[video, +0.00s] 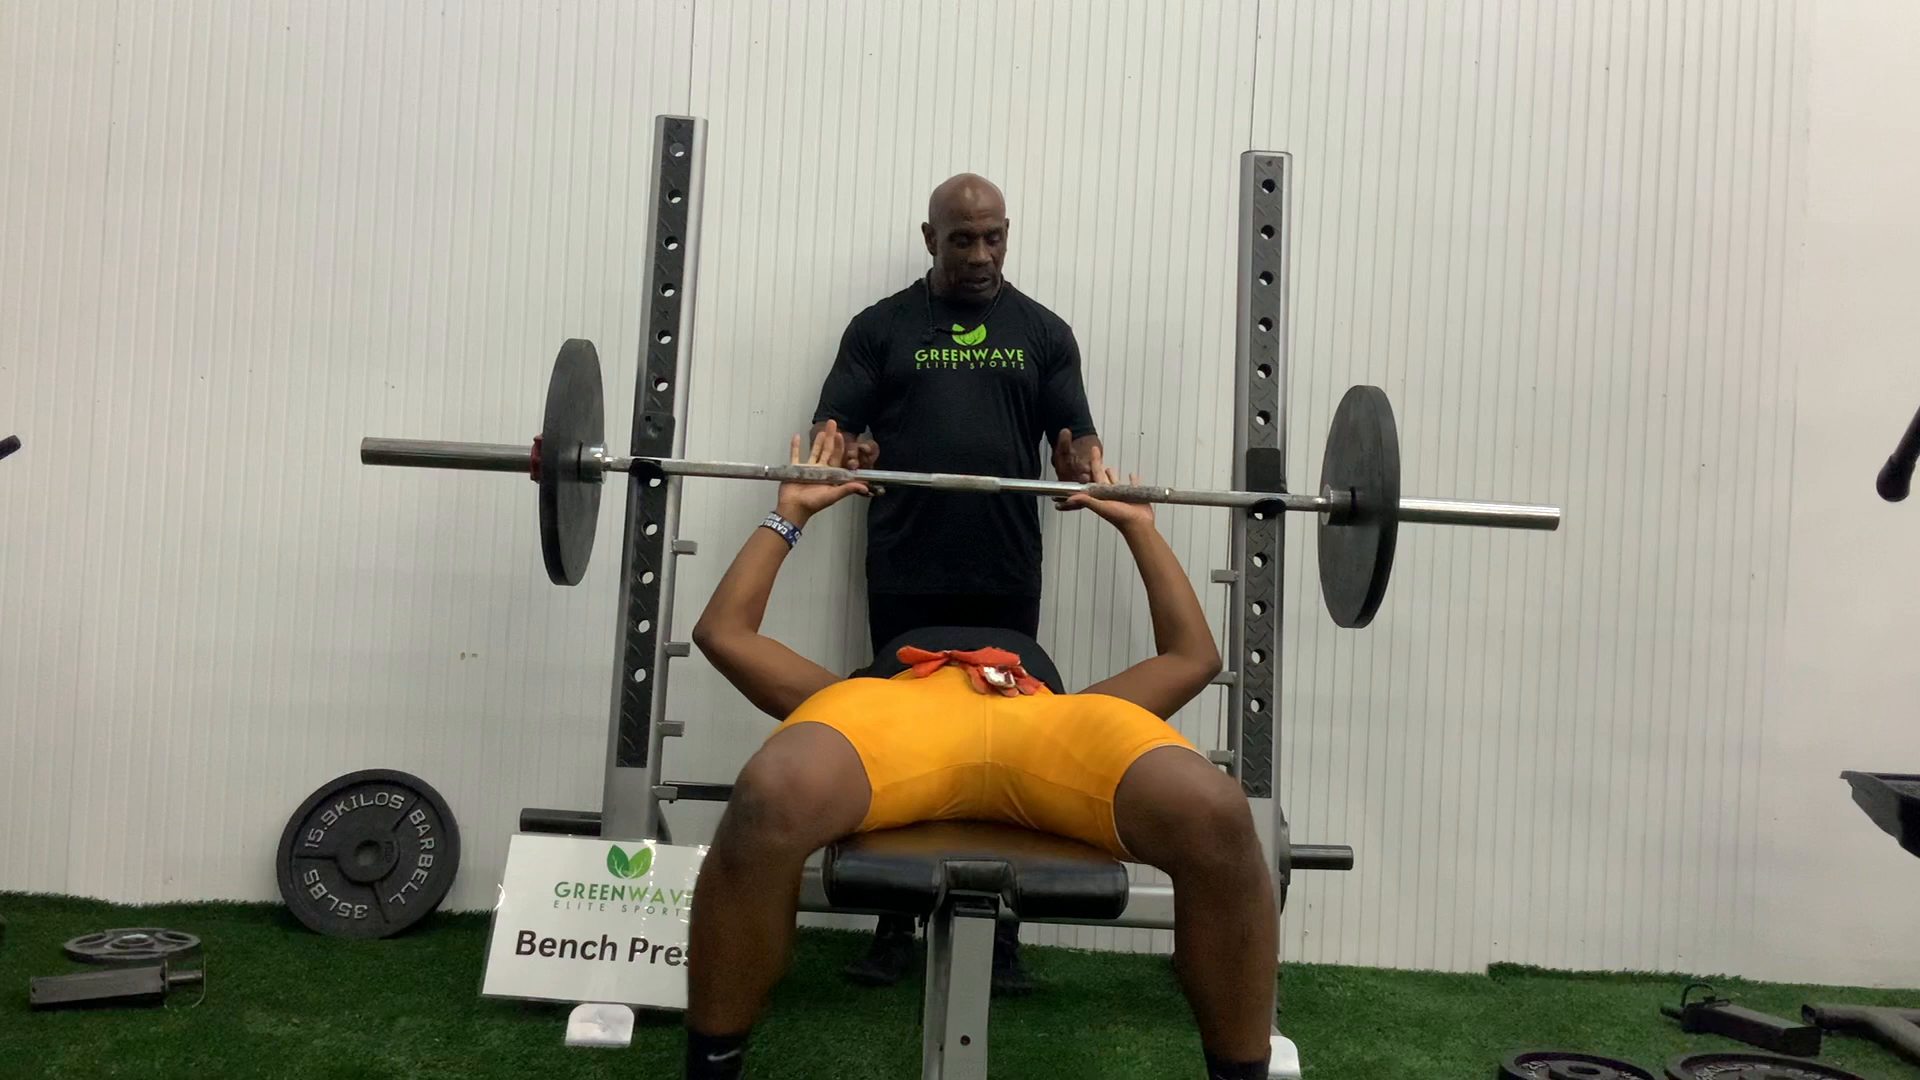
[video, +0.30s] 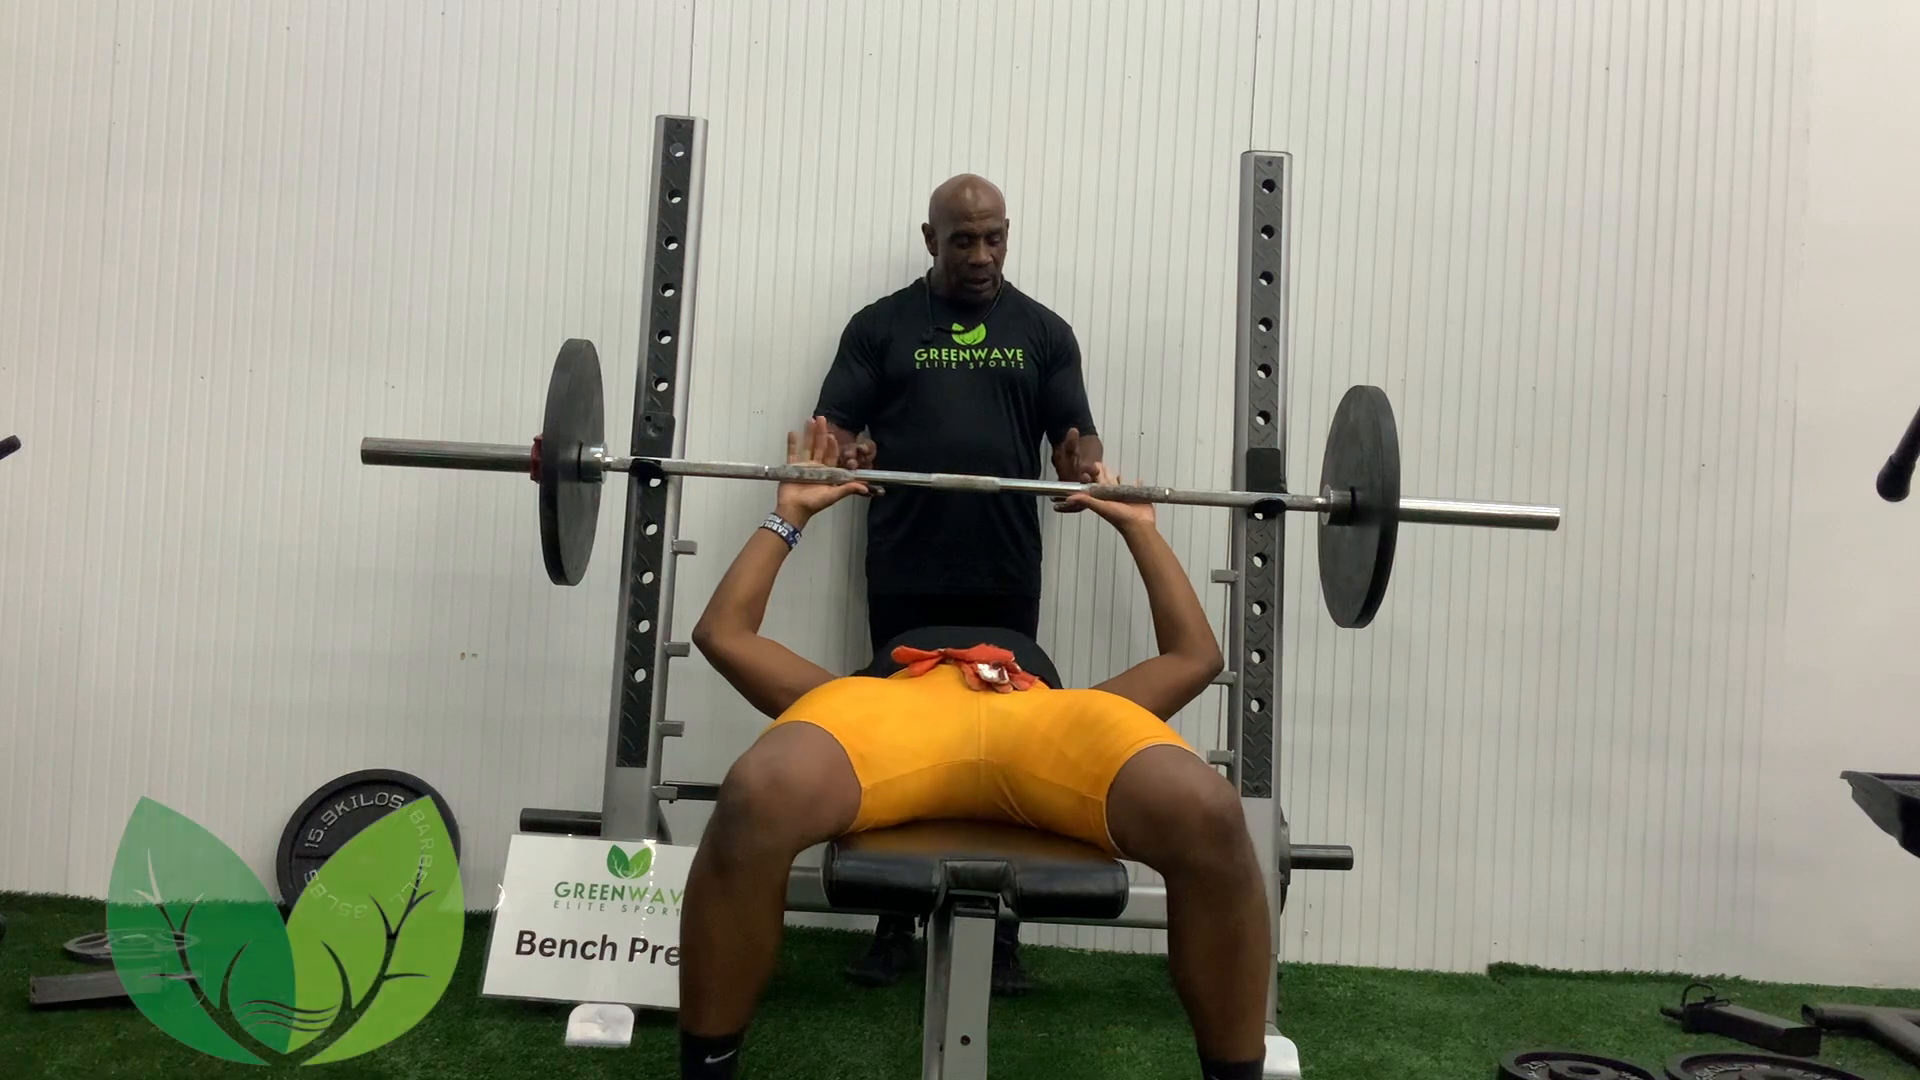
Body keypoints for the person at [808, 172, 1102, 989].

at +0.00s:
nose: (983, 253)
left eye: (994, 238)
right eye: (965, 239)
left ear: (1009, 238)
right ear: (929, 240)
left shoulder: (1042, 333)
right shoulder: (880, 329)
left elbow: (1075, 453)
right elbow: (830, 440)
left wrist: (1086, 470)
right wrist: (852, 454)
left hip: (1008, 575)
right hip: (905, 574)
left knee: (1014, 743)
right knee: (894, 738)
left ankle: (999, 924)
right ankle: (897, 917)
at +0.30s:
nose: (981, 255)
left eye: (994, 239)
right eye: (964, 241)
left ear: (1009, 238)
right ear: (930, 240)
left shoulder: (1043, 332)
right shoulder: (880, 328)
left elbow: (1076, 443)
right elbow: (830, 431)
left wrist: (1082, 466)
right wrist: (847, 451)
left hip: (1007, 575)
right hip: (904, 574)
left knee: (1017, 745)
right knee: (893, 739)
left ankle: (999, 929)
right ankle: (897, 921)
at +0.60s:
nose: (975, 253)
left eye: (990, 238)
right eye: (959, 238)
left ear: (1008, 240)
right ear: (929, 238)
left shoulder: (1043, 332)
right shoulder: (880, 326)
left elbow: (1077, 446)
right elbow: (820, 437)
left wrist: (1086, 463)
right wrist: (840, 448)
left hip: (1007, 578)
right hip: (904, 577)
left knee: (1018, 744)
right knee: (894, 738)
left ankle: (999, 925)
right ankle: (898, 918)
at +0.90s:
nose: (955, 251)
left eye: (974, 238)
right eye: (943, 234)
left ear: (1003, 244)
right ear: (925, 234)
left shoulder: (1042, 332)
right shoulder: (878, 327)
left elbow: (1074, 442)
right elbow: (828, 432)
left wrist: (1087, 469)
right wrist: (846, 451)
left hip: (1006, 577)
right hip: (903, 575)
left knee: (1016, 745)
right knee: (892, 739)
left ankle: (1000, 925)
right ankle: (897, 918)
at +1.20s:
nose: (955, 252)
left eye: (973, 239)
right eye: (942, 236)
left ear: (1002, 244)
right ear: (924, 237)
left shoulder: (1041, 333)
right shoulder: (877, 328)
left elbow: (1074, 439)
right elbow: (829, 431)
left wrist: (1079, 472)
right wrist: (845, 452)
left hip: (1005, 575)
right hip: (902, 573)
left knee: (1014, 745)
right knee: (892, 741)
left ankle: (1000, 924)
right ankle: (897, 919)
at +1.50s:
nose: (965, 248)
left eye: (982, 234)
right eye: (951, 232)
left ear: (1004, 242)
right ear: (926, 234)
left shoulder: (1041, 334)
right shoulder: (878, 328)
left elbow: (1074, 445)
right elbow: (827, 434)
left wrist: (1077, 475)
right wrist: (845, 454)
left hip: (1004, 576)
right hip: (903, 573)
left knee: (1014, 747)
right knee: (892, 743)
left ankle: (1000, 926)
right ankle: (897, 918)